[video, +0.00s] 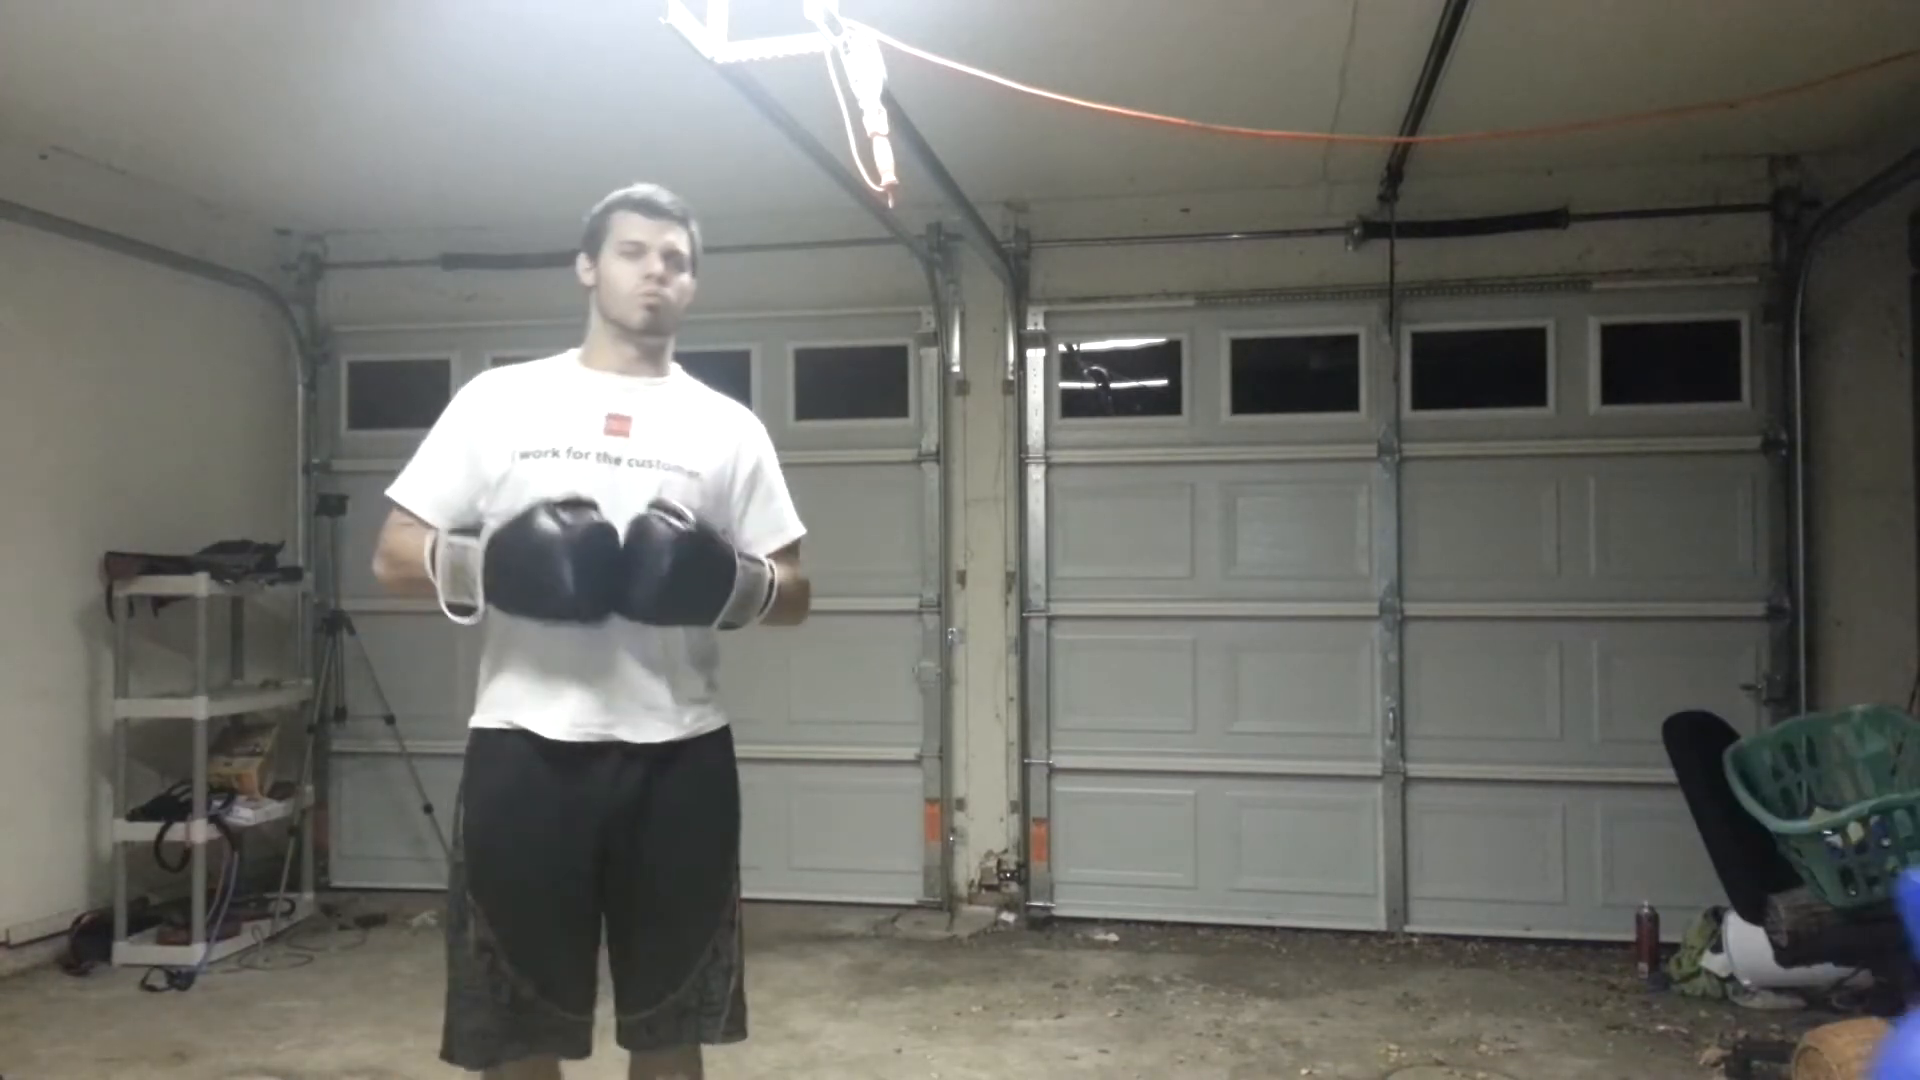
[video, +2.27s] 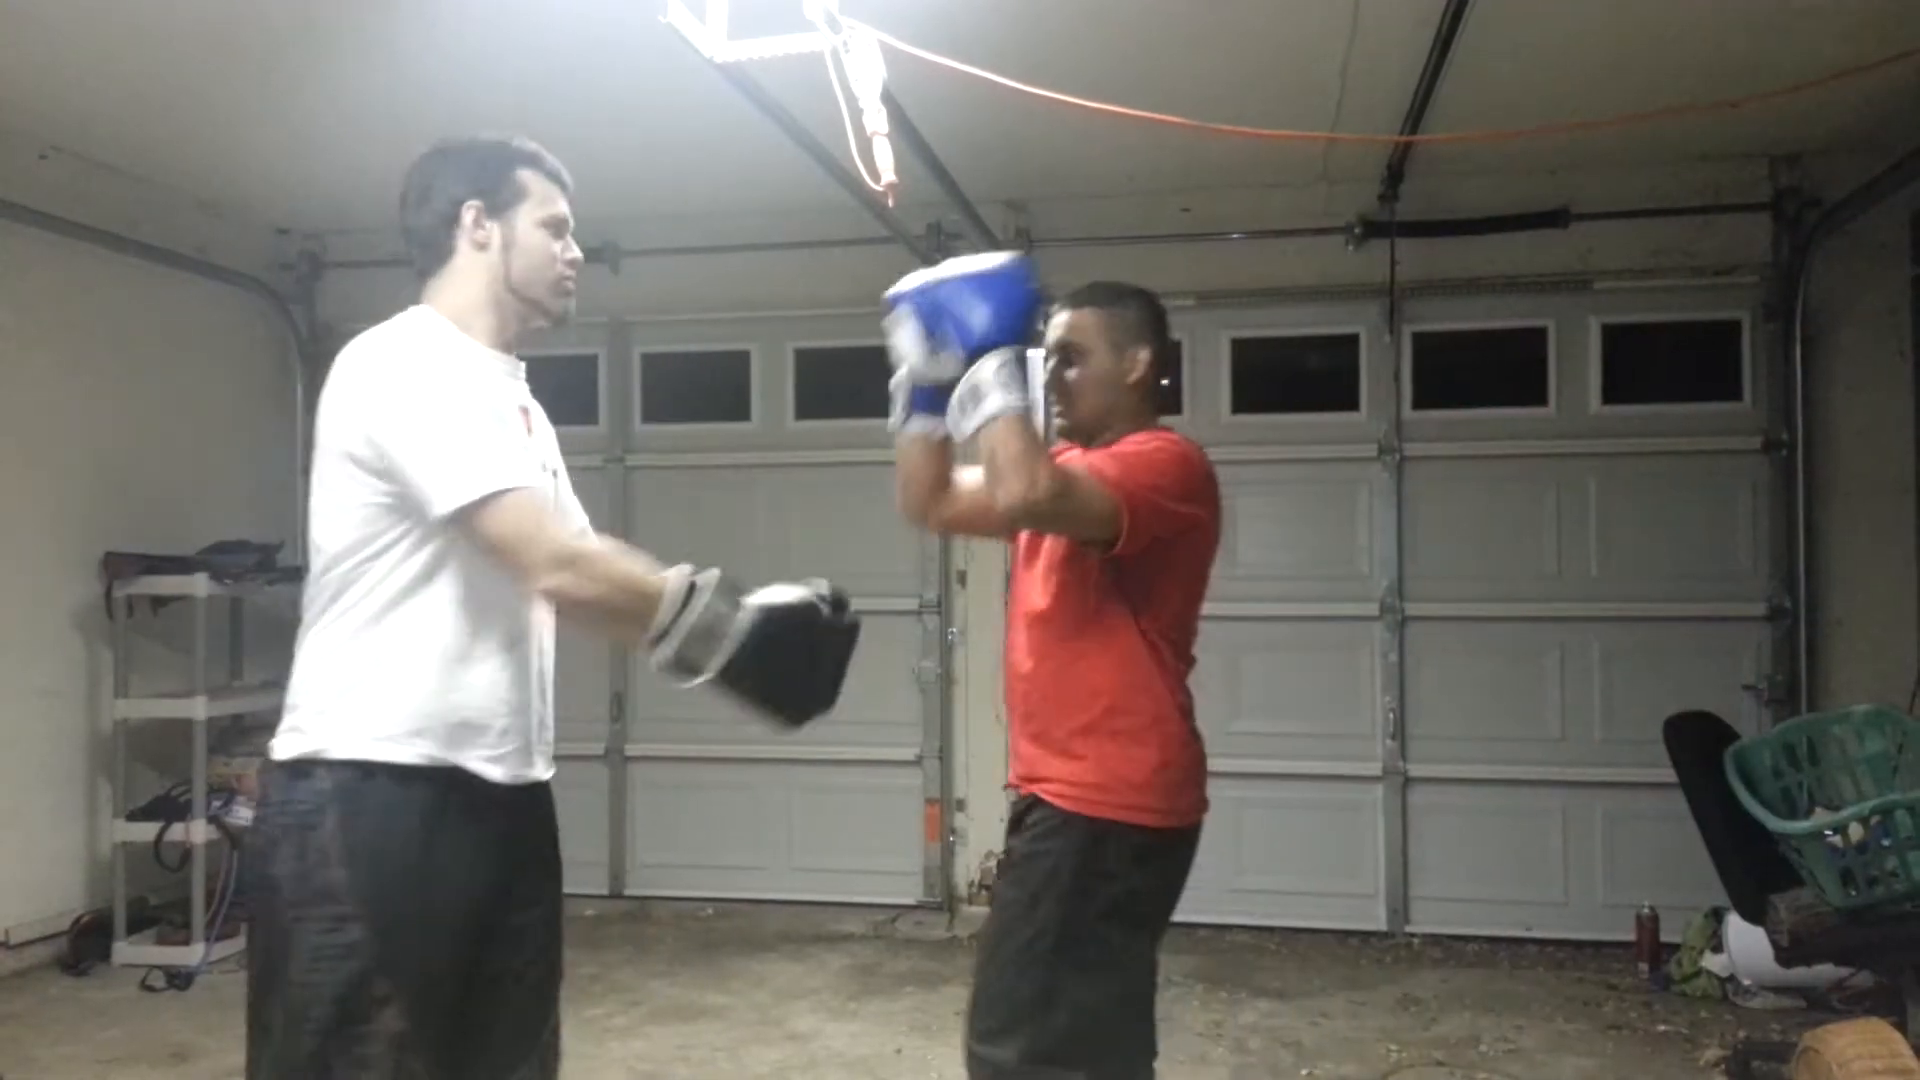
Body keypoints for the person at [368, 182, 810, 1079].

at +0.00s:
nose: (656, 274)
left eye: (676, 261)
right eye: (634, 253)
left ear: (692, 290)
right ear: (587, 269)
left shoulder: (731, 428)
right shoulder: (495, 400)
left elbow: (791, 591)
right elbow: (395, 557)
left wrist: (718, 577)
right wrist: (494, 564)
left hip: (678, 757)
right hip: (527, 753)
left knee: (671, 1041)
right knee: (520, 1044)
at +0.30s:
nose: (661, 279)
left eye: (677, 263)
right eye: (638, 256)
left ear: (690, 279)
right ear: (582, 264)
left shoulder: (714, 413)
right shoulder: (491, 395)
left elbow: (765, 609)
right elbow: (416, 578)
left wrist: (740, 504)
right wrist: (512, 490)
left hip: (668, 766)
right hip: (509, 760)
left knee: (669, 1052)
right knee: (451, 1051)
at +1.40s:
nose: (607, 329)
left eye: (619, 304)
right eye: (582, 302)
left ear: (626, 296)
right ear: (504, 285)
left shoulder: (639, 406)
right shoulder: (394, 394)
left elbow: (780, 491)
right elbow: (414, 575)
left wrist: (884, 487)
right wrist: (502, 419)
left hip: (604, 795)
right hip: (432, 795)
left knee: (639, 1064)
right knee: (414, 1065)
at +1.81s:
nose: (554, 303)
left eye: (560, 279)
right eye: (527, 274)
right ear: (442, 262)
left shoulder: (563, 396)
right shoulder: (312, 385)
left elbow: (731, 464)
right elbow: (359, 558)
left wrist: (898, 466)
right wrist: (459, 399)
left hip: (543, 808)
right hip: (360, 811)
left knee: (596, 1064)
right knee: (341, 1067)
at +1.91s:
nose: (541, 288)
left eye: (545, 265)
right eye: (517, 260)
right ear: (430, 251)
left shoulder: (542, 371)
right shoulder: (303, 380)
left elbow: (683, 495)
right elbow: (350, 576)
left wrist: (841, 531)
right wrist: (496, 459)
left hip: (540, 803)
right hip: (363, 816)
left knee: (582, 1064)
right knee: (357, 1063)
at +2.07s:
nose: (551, 272)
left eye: (552, 250)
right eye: (528, 243)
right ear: (442, 242)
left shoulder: (539, 417)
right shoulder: (330, 382)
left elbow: (623, 582)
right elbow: (409, 599)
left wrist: (763, 656)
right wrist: (601, 641)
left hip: (519, 818)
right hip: (357, 815)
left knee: (516, 1065)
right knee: (354, 1065)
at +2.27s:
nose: (576, 255)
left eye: (573, 234)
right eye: (555, 228)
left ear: (487, 231)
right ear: (475, 226)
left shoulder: (517, 403)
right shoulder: (404, 361)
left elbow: (578, 572)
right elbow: (555, 564)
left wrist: (728, 621)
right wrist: (721, 629)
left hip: (503, 802)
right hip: (370, 800)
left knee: (507, 1062)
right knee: (359, 1062)